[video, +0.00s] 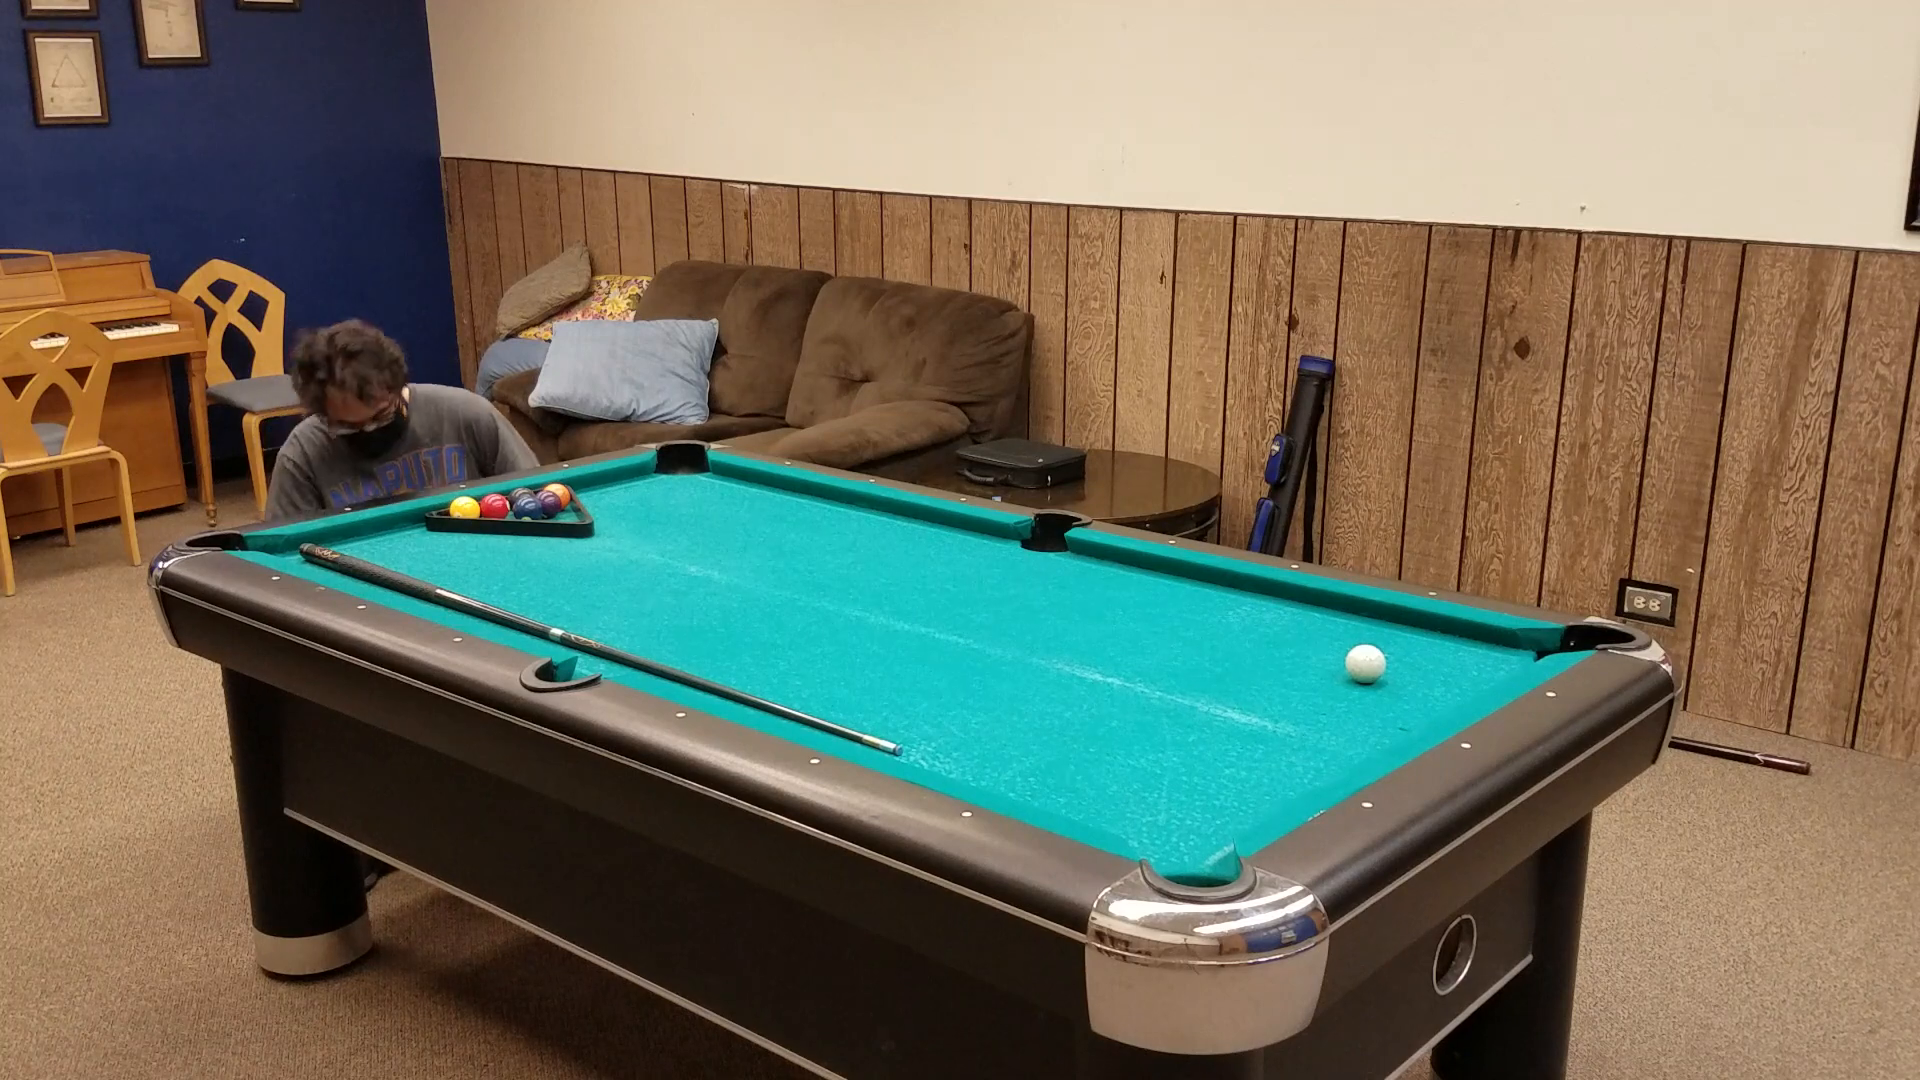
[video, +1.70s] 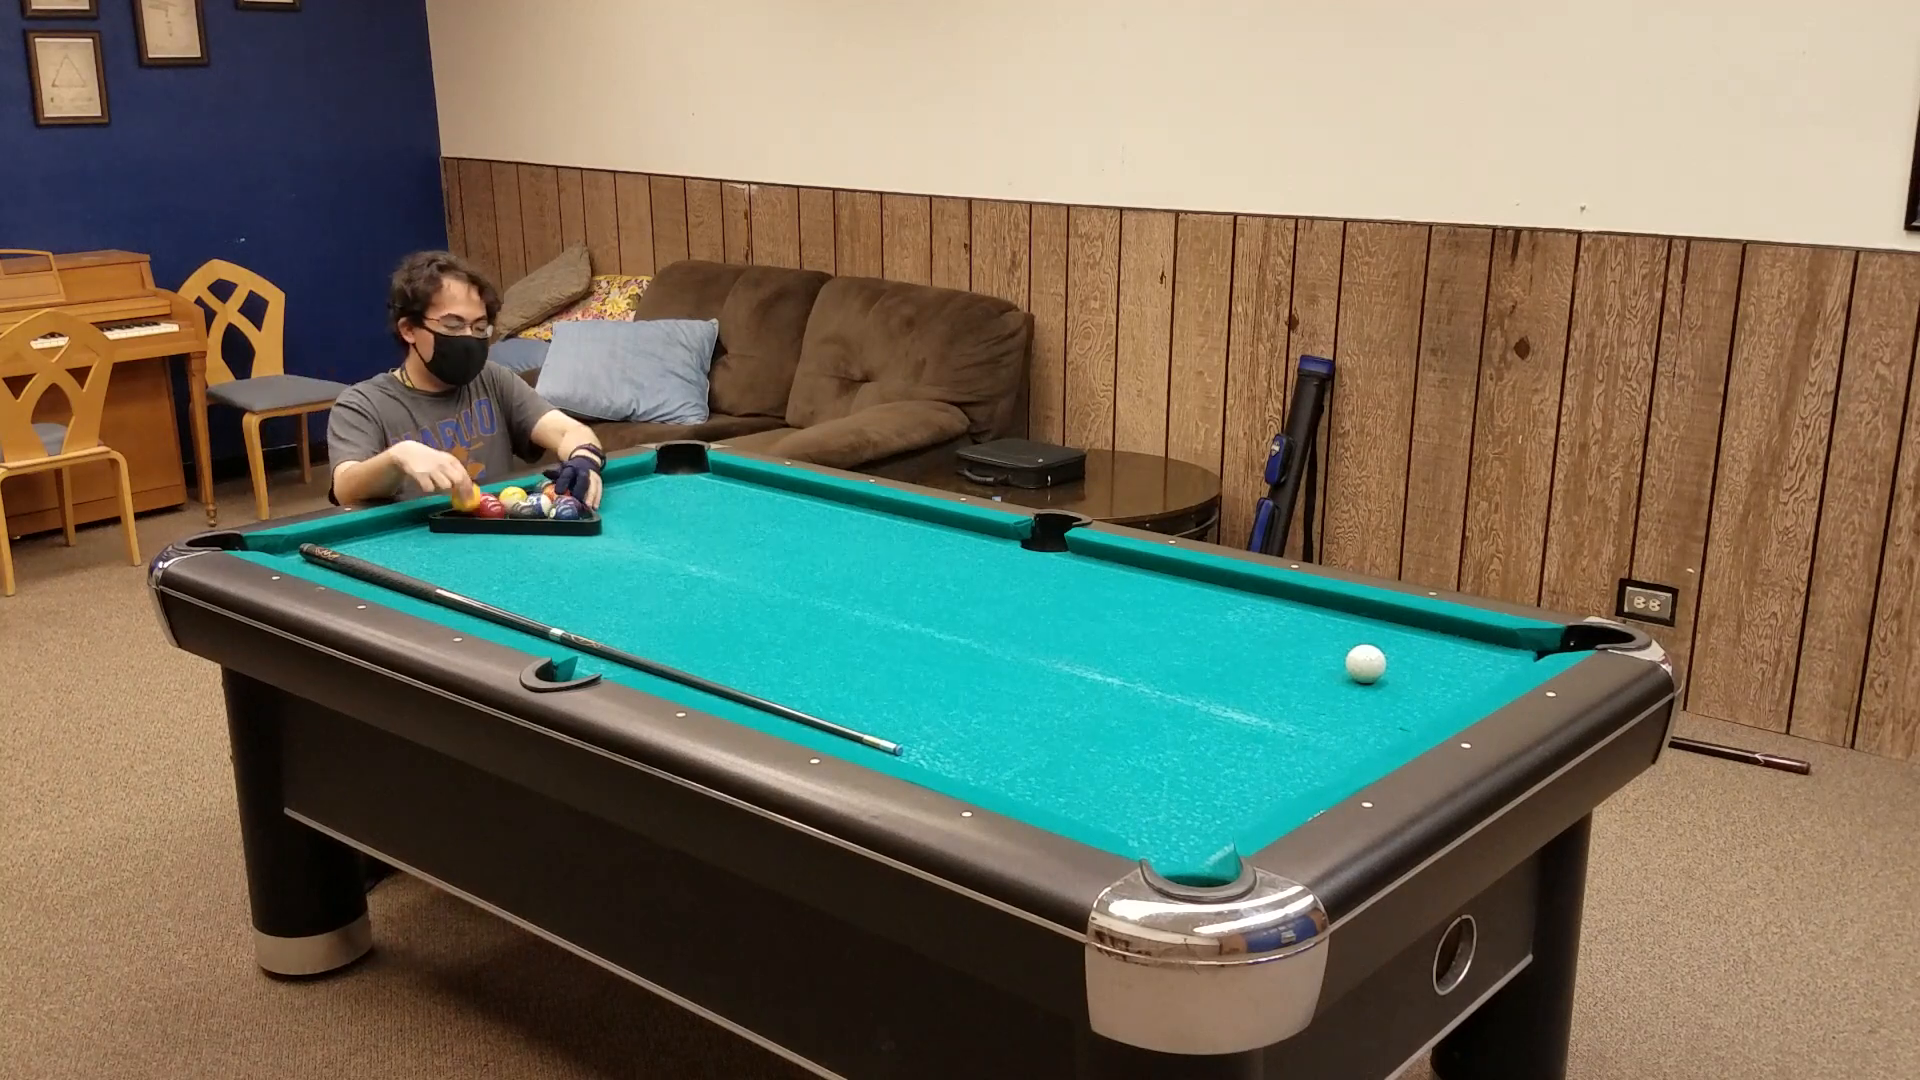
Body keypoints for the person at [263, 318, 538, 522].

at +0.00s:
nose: (367, 435)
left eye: (379, 418)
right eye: (348, 427)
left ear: (398, 388)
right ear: (320, 411)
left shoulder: (468, 415)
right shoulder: (303, 454)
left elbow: (536, 497)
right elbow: (281, 555)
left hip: (478, 571)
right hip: (365, 589)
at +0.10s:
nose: (384, 409)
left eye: (394, 390)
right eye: (362, 401)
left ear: (410, 367)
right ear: (335, 387)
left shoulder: (475, 409)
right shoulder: (306, 448)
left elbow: (545, 495)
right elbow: (269, 554)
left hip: (487, 569)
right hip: (370, 590)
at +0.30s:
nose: (409, 372)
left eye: (419, 354)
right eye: (388, 362)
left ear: (431, 337)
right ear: (352, 360)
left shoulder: (476, 397)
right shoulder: (313, 430)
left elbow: (555, 471)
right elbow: (269, 535)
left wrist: (519, 472)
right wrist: (334, 500)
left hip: (487, 562)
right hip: (370, 581)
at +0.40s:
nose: (414, 360)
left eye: (424, 342)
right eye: (395, 350)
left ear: (437, 330)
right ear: (357, 351)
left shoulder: (474, 391)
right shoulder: (320, 421)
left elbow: (567, 472)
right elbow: (282, 523)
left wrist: (549, 434)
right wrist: (351, 465)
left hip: (489, 562)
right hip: (377, 577)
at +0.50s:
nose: (420, 351)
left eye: (429, 335)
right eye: (400, 339)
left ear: (440, 329)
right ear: (362, 343)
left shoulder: (473, 386)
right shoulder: (326, 414)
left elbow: (570, 464)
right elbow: (304, 503)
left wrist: (564, 430)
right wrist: (379, 451)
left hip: (494, 554)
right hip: (387, 571)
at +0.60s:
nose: (424, 346)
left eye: (433, 330)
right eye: (404, 333)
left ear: (445, 326)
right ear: (365, 338)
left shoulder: (470, 382)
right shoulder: (333, 409)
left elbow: (575, 450)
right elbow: (330, 485)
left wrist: (562, 435)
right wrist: (410, 456)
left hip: (493, 548)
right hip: (396, 565)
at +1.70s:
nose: (470, 338)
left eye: (479, 326)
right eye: (454, 324)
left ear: (488, 327)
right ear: (408, 330)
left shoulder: (493, 381)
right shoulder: (363, 404)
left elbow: (566, 431)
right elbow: (347, 491)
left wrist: (585, 457)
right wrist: (397, 458)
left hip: (511, 549)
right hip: (419, 566)